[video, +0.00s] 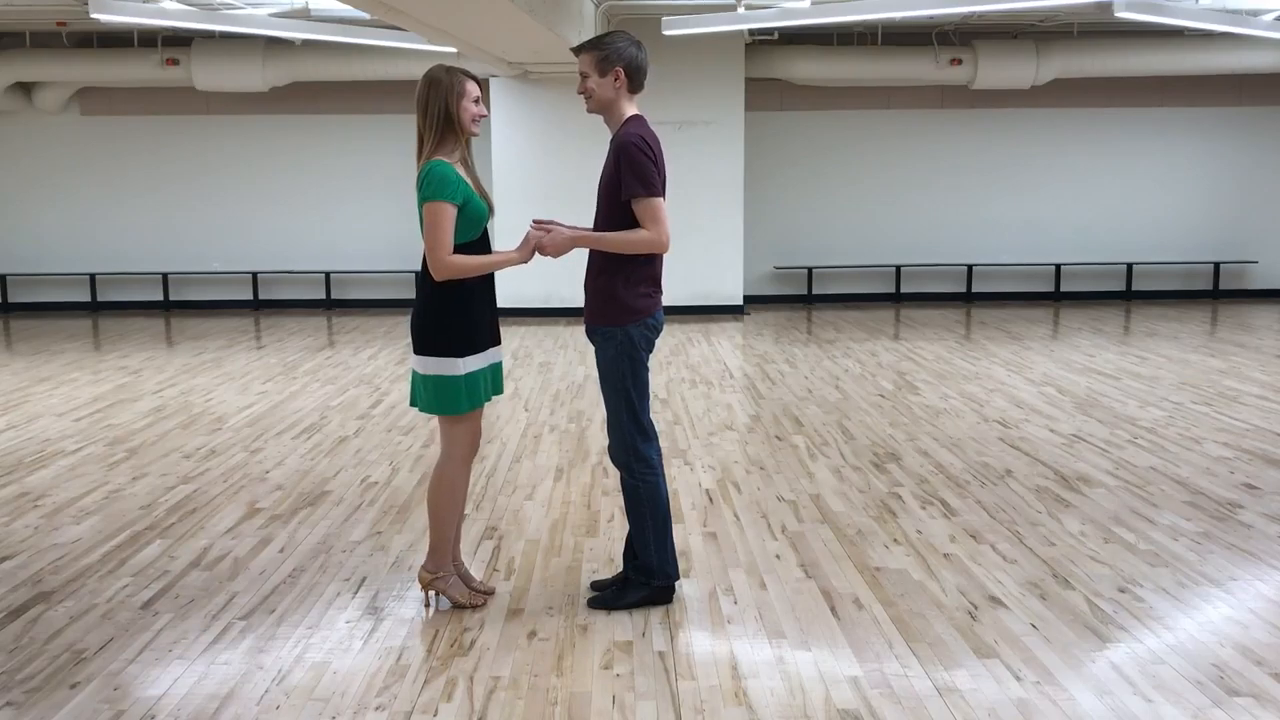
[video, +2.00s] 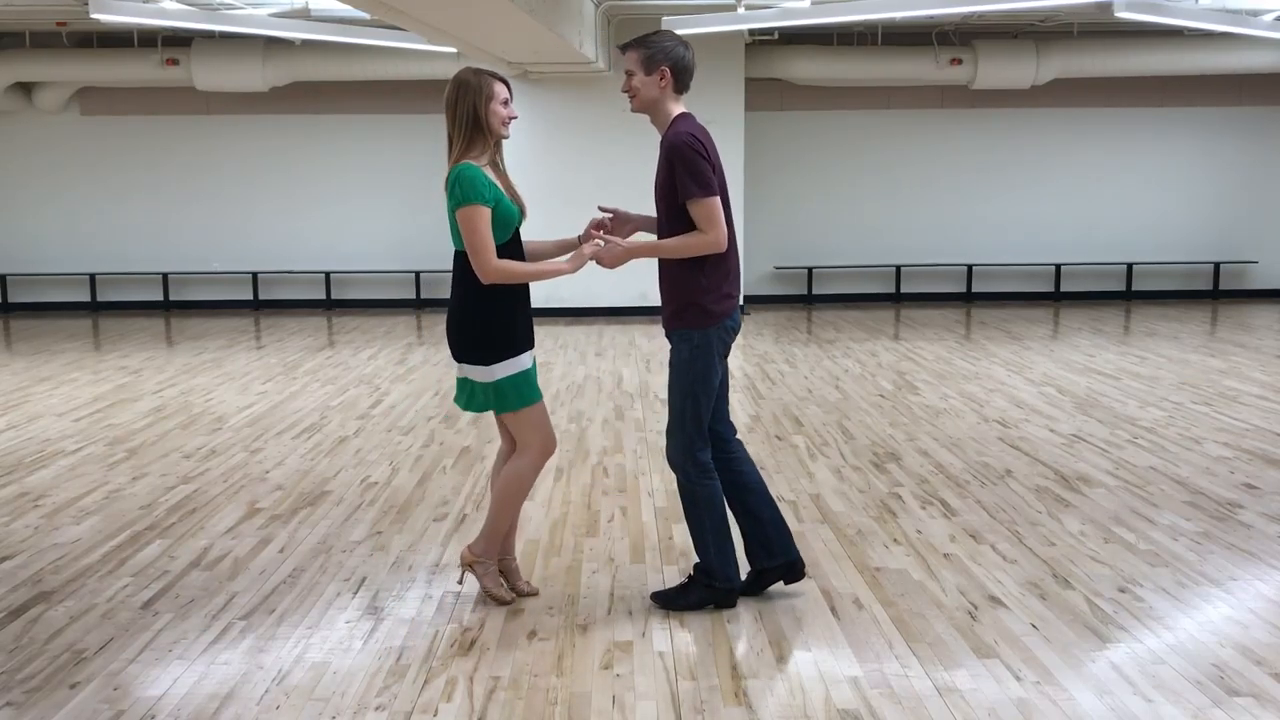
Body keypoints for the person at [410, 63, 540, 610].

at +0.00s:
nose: (482, 110)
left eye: (481, 101)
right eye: (472, 101)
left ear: (465, 108)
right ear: (445, 107)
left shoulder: (457, 171)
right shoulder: (441, 175)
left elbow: (461, 257)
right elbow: (440, 265)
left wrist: (519, 251)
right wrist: (514, 256)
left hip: (464, 327)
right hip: (449, 331)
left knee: (462, 445)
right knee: (458, 446)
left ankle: (451, 559)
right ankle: (438, 564)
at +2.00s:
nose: (511, 111)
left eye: (510, 102)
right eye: (502, 102)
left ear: (490, 111)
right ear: (476, 110)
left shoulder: (487, 171)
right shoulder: (469, 177)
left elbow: (515, 250)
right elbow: (487, 269)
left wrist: (575, 243)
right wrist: (566, 266)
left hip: (499, 326)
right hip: (489, 332)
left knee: (513, 443)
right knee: (539, 442)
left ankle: (504, 553)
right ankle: (483, 551)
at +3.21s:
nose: (445, 112)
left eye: (444, 104)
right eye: (436, 105)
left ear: (424, 113)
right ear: (410, 113)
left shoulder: (422, 174)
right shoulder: (404, 179)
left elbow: (411, 261)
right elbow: (383, 264)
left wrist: (466, 271)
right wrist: (460, 275)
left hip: (426, 336)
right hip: (400, 339)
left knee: (449, 444)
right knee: (401, 456)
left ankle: (401, 549)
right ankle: (355, 566)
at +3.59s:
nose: (461, 111)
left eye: (459, 101)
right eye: (451, 102)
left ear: (436, 110)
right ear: (424, 110)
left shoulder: (434, 172)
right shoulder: (413, 177)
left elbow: (447, 257)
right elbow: (432, 266)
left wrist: (504, 245)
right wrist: (501, 249)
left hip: (417, 331)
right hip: (429, 335)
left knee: (408, 445)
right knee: (473, 440)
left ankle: (385, 556)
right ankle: (450, 562)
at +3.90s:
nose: (480, 114)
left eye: (478, 105)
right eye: (470, 106)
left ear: (463, 113)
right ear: (444, 114)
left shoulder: (459, 178)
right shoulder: (441, 181)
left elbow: (482, 253)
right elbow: (453, 272)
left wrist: (535, 243)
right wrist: (524, 265)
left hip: (469, 334)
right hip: (449, 337)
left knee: (506, 442)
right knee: (473, 453)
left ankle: (440, 537)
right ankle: (455, 569)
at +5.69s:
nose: (432, 112)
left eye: (430, 103)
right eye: (422, 103)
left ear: (410, 113)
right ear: (396, 112)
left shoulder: (405, 175)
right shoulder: (393, 181)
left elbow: (407, 263)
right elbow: (395, 272)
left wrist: (466, 264)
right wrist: (471, 267)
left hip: (410, 331)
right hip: (395, 333)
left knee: (419, 444)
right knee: (411, 447)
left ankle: (375, 557)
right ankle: (348, 560)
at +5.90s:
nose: (442, 111)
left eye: (439, 102)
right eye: (431, 103)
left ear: (409, 113)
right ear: (405, 112)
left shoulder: (409, 174)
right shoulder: (403, 177)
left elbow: (437, 246)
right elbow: (440, 263)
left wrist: (493, 229)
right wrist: (510, 244)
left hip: (398, 330)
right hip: (412, 334)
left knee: (415, 444)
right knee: (460, 440)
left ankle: (374, 556)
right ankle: (420, 557)